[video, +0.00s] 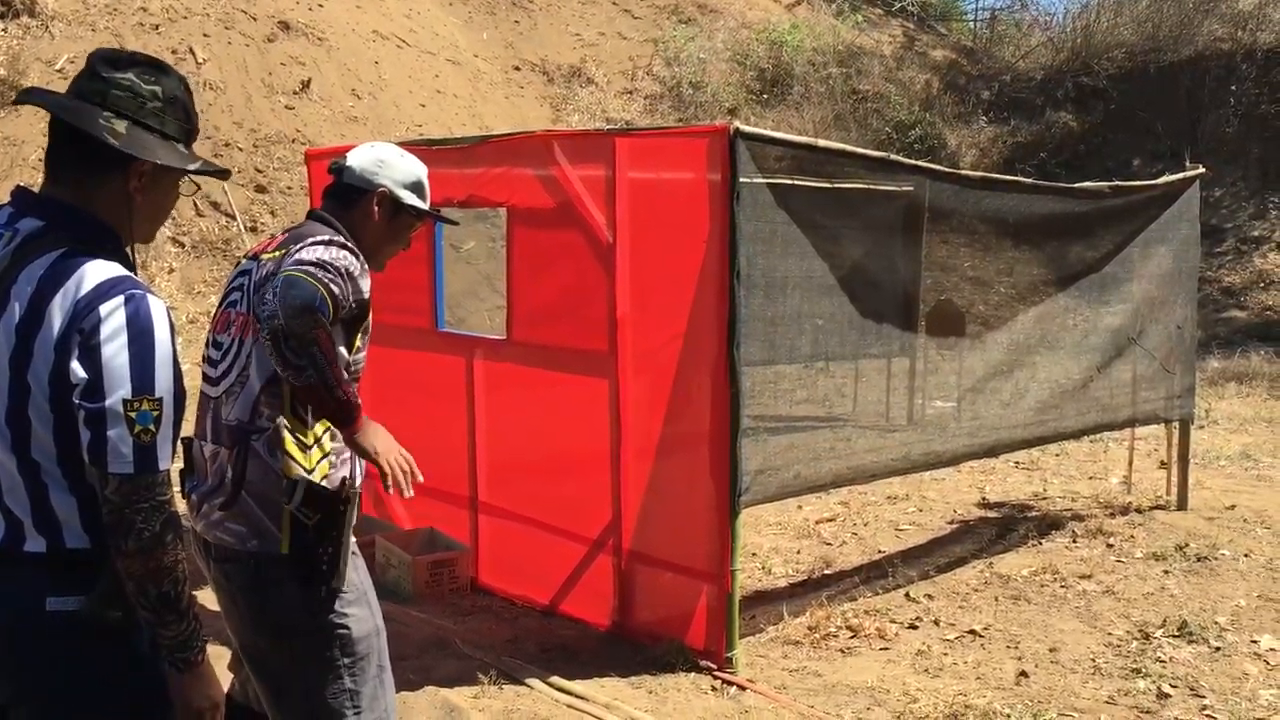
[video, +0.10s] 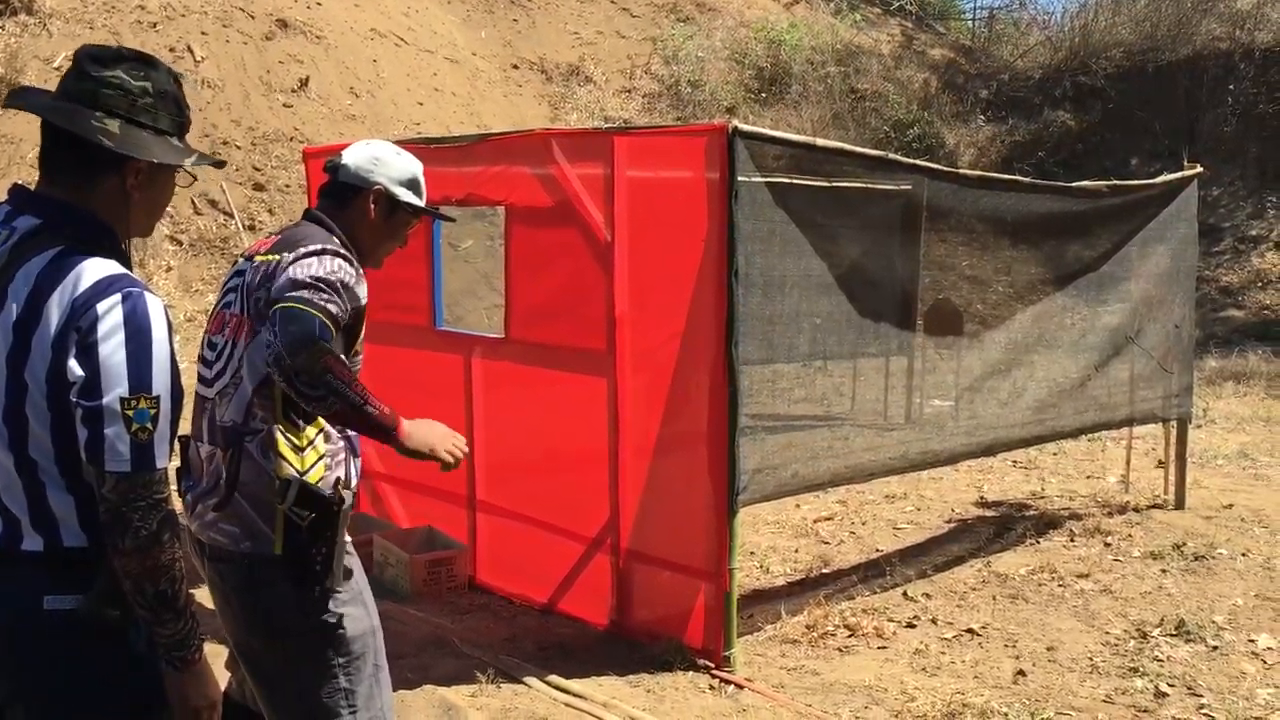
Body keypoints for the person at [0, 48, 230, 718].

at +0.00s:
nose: (175, 201)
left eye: (180, 183)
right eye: (177, 182)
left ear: (62, 150)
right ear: (138, 179)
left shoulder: (8, 239)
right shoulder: (121, 310)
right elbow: (139, 523)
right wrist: (189, 657)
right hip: (78, 617)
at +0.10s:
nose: (173, 192)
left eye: (177, 174)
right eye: (173, 173)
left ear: (56, 149)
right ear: (133, 175)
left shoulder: (7, 237)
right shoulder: (118, 308)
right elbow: (137, 521)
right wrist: (186, 654)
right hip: (76, 617)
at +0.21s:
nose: (169, 186)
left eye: (172, 167)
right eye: (168, 167)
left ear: (48, 148)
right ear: (129, 173)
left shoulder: (6, 238)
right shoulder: (114, 305)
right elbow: (134, 517)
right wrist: (186, 652)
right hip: (75, 617)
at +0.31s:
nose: (161, 177)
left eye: (162, 159)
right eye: (157, 158)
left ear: (37, 146)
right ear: (123, 167)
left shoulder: (6, 242)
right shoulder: (110, 301)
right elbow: (133, 512)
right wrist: (187, 646)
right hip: (76, 614)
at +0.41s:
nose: (150, 164)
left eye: (149, 148)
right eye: (145, 149)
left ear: (24, 145)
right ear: (113, 161)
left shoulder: (6, 248)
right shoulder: (106, 299)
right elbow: (137, 509)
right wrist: (193, 643)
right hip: (75, 612)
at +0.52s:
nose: (138, 164)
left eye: (141, 147)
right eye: (135, 148)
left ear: (14, 149)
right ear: (99, 160)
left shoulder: (11, 258)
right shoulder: (98, 293)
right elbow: (141, 507)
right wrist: (201, 641)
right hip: (76, 618)